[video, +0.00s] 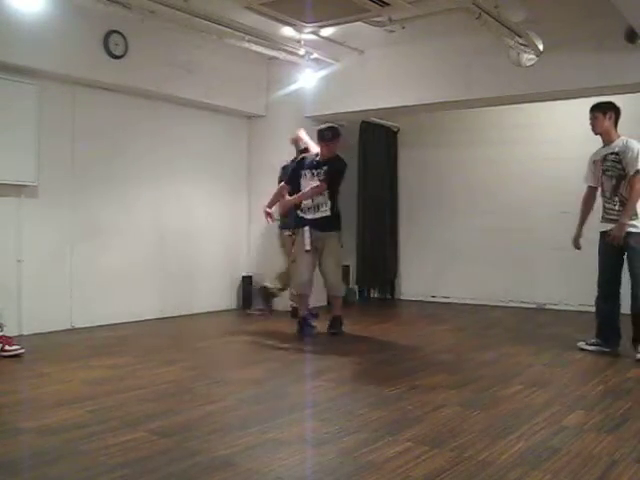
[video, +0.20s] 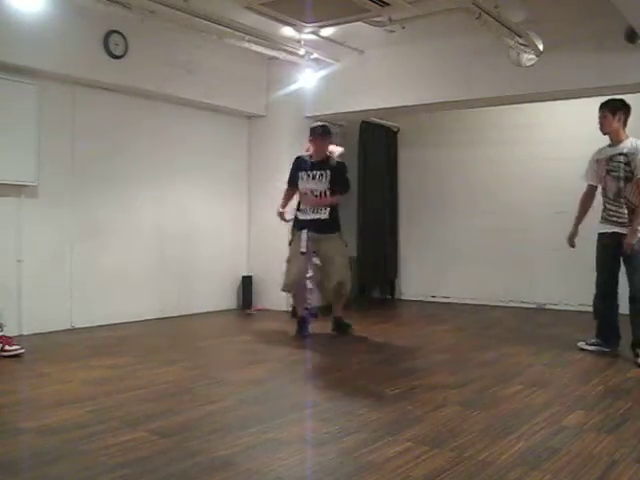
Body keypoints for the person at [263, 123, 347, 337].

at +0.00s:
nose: (329, 148)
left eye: (333, 144)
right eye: (326, 144)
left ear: (337, 143)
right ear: (319, 143)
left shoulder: (338, 164)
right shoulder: (302, 162)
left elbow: (321, 188)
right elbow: (285, 186)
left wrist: (292, 202)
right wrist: (269, 205)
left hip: (329, 228)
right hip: (305, 228)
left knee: (332, 276)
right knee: (302, 277)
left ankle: (337, 318)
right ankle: (303, 318)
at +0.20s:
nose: (319, 145)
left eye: (323, 141)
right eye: (316, 141)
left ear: (329, 143)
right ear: (310, 142)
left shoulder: (337, 167)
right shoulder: (300, 163)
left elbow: (339, 196)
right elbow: (291, 188)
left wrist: (315, 201)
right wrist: (283, 206)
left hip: (329, 232)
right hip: (302, 231)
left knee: (340, 279)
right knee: (295, 278)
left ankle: (337, 317)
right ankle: (301, 318)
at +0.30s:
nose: (313, 146)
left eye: (317, 142)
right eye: (311, 142)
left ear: (326, 145)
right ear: (306, 144)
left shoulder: (338, 170)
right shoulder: (296, 170)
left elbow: (352, 199)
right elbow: (292, 197)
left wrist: (334, 209)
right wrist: (290, 216)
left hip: (332, 234)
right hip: (305, 233)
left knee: (345, 279)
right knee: (298, 279)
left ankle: (338, 317)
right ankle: (302, 318)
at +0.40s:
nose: (316, 152)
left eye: (321, 148)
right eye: (313, 147)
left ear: (327, 150)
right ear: (306, 148)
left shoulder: (340, 172)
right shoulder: (296, 179)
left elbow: (360, 194)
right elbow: (288, 211)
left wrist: (359, 221)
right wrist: (301, 229)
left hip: (339, 239)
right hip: (311, 240)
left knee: (352, 284)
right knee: (303, 285)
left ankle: (340, 318)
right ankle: (303, 320)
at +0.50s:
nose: (319, 157)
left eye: (324, 153)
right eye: (316, 152)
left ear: (329, 154)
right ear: (309, 151)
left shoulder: (341, 171)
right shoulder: (299, 179)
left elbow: (367, 182)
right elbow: (292, 206)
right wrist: (307, 210)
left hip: (344, 238)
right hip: (316, 240)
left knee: (356, 280)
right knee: (309, 283)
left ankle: (342, 319)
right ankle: (304, 321)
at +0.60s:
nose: (330, 160)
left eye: (333, 156)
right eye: (327, 156)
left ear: (338, 153)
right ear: (317, 152)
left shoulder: (343, 163)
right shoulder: (305, 170)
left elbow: (370, 160)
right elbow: (297, 186)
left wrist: (379, 170)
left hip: (345, 231)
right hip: (320, 234)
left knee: (359, 275)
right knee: (315, 280)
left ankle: (341, 318)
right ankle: (304, 320)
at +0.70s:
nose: (333, 152)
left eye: (336, 148)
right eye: (330, 147)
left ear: (341, 148)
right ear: (322, 147)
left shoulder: (345, 162)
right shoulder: (311, 167)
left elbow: (368, 148)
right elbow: (299, 161)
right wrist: (319, 147)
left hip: (345, 224)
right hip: (321, 227)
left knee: (356, 270)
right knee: (316, 276)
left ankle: (342, 318)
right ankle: (305, 319)